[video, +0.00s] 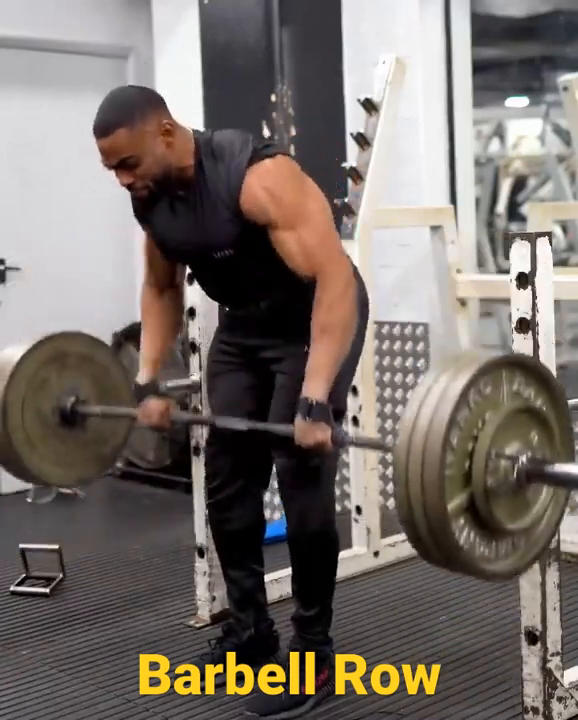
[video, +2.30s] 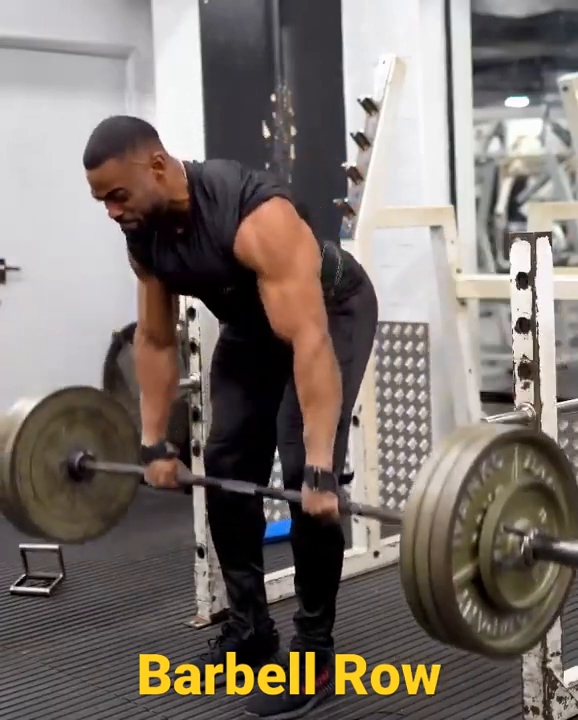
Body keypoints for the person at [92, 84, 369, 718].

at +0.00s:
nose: (122, 181)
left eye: (127, 164)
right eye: (114, 170)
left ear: (169, 133)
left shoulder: (262, 177)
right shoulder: (153, 198)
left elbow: (337, 278)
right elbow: (161, 287)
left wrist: (317, 397)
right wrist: (149, 377)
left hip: (313, 327)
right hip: (242, 335)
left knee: (302, 480)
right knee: (227, 485)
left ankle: (311, 648)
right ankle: (248, 629)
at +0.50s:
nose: (107, 224)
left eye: (114, 207)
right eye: (98, 211)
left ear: (157, 181)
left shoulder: (254, 241)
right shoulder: (140, 250)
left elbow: (301, 369)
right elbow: (156, 364)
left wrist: (321, 494)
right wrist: (157, 468)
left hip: (328, 313)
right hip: (249, 323)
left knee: (302, 472)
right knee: (218, 465)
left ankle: (312, 648)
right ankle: (248, 628)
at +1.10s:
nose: (110, 188)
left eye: (118, 172)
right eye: (103, 177)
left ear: (162, 146)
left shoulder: (254, 204)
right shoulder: (144, 224)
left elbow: (317, 318)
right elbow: (152, 324)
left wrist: (307, 451)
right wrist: (145, 429)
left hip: (324, 306)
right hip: (249, 320)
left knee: (306, 476)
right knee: (226, 472)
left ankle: (312, 649)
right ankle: (248, 627)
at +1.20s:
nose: (126, 152)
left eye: (133, 136)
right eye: (118, 141)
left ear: (174, 106)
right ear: (121, 129)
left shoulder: (261, 155)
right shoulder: (154, 180)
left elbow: (335, 265)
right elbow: (159, 278)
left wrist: (308, 383)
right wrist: (144, 370)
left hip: (307, 322)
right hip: (237, 327)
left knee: (303, 484)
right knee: (229, 484)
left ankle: (313, 651)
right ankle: (248, 629)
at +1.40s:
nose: (124, 139)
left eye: (129, 121)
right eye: (115, 128)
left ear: (170, 89)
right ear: (115, 115)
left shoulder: (257, 126)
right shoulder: (150, 153)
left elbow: (364, 196)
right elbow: (166, 216)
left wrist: (314, 293)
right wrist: (147, 288)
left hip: (302, 305)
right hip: (229, 307)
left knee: (295, 475)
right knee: (226, 478)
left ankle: (311, 652)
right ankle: (248, 632)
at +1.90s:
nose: (119, 179)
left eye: (124, 162)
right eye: (110, 169)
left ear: (165, 129)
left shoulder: (258, 167)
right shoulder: (151, 192)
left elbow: (346, 259)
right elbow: (166, 263)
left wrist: (316, 371)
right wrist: (152, 354)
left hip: (313, 326)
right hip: (240, 333)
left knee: (304, 486)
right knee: (230, 486)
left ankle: (312, 648)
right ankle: (249, 626)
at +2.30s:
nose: (112, 212)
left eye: (117, 196)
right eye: (104, 201)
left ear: (158, 164)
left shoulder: (258, 216)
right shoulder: (145, 235)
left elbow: (312, 340)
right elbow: (155, 340)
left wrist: (320, 470)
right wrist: (154, 442)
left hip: (329, 310)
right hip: (250, 323)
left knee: (308, 469)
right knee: (226, 470)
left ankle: (313, 648)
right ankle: (248, 626)